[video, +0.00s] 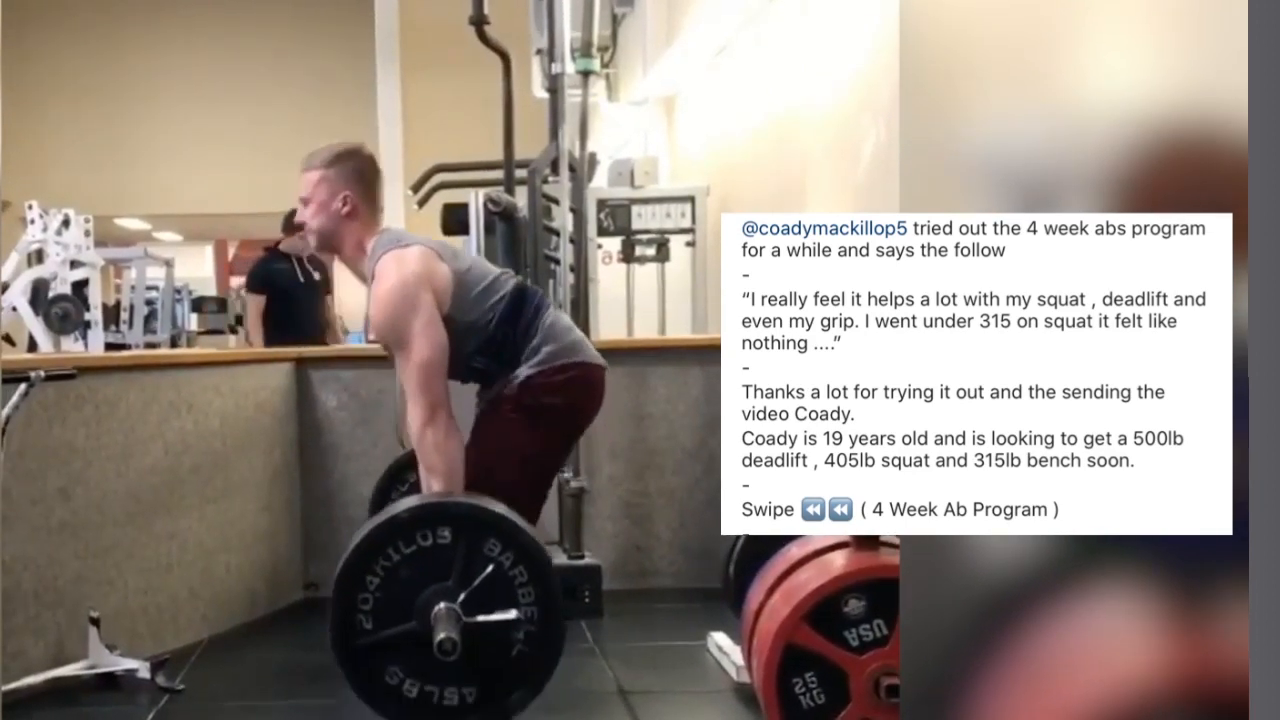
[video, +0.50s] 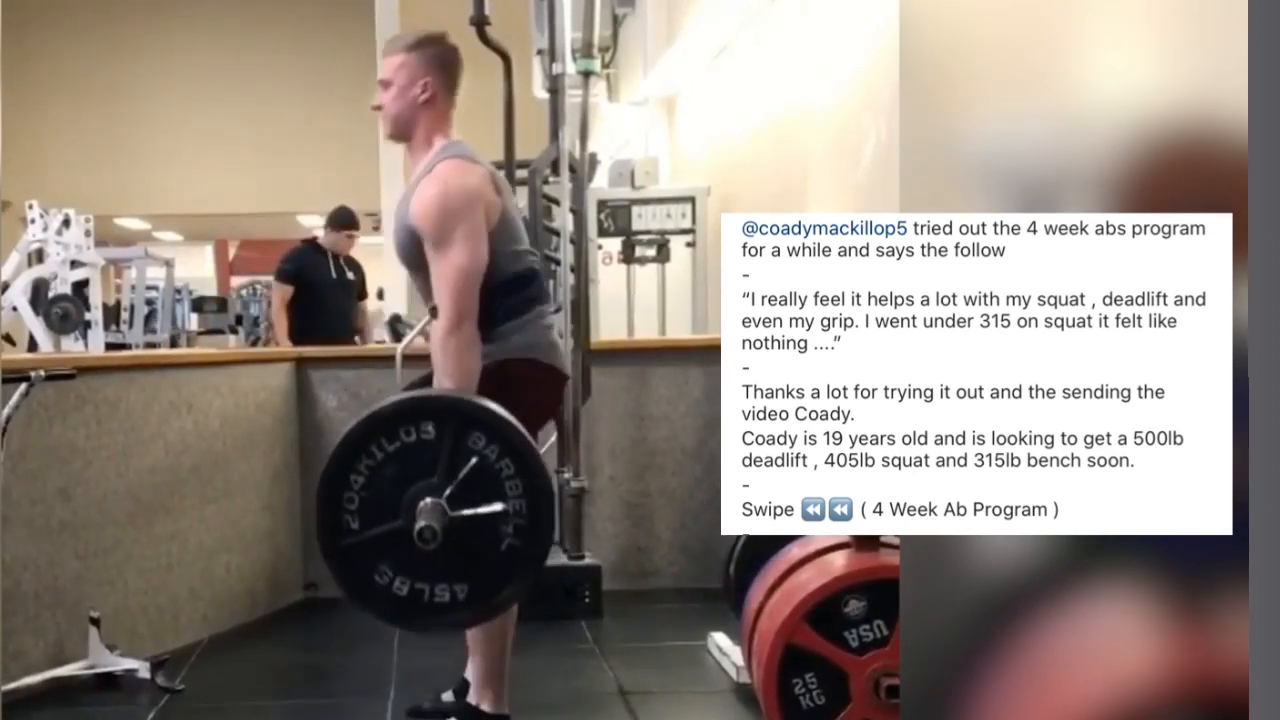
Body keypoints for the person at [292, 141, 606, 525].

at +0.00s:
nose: (298, 217)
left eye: (307, 203)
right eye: (300, 205)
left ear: (344, 204)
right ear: (342, 206)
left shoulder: (400, 277)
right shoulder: (392, 268)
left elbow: (433, 420)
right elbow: (419, 413)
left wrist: (449, 544)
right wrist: (438, 538)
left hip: (552, 372)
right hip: (533, 371)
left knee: (486, 519)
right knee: (483, 516)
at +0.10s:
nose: (308, 191)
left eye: (316, 176)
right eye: (308, 177)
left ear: (355, 181)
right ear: (359, 181)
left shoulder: (405, 258)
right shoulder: (395, 251)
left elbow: (437, 400)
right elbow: (429, 392)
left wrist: (448, 520)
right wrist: (440, 510)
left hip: (546, 367)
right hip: (523, 368)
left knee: (480, 521)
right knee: (476, 519)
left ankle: (480, 692)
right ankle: (472, 687)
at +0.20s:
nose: (320, 164)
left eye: (329, 150)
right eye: (321, 151)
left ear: (365, 155)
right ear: (368, 157)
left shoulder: (414, 236)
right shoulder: (401, 234)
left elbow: (441, 380)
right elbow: (430, 371)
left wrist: (454, 508)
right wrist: (441, 500)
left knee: (480, 525)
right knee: (468, 520)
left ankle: (488, 698)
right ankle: (477, 692)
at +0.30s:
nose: (332, 137)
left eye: (342, 124)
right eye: (334, 125)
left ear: (379, 130)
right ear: (383, 132)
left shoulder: (422, 216)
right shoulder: (407, 210)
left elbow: (443, 359)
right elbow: (441, 350)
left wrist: (452, 486)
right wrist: (444, 479)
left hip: (532, 369)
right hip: (508, 367)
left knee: (478, 528)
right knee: (473, 524)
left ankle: (489, 700)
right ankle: (480, 691)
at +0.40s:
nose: (351, 116)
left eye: (361, 102)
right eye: (353, 103)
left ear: (402, 108)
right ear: (401, 110)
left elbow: (452, 339)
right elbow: (447, 315)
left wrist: (450, 467)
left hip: (523, 367)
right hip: (500, 362)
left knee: (484, 526)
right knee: (478, 523)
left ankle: (488, 699)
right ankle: (479, 690)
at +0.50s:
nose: (377, 99)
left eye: (387, 85)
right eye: (378, 85)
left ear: (425, 90)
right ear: (426, 93)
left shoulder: (451, 182)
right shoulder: (440, 174)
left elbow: (460, 324)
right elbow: (471, 296)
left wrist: (444, 459)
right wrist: (434, 329)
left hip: (511, 368)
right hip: (500, 363)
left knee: (486, 531)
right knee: (481, 528)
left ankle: (489, 701)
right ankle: (480, 690)